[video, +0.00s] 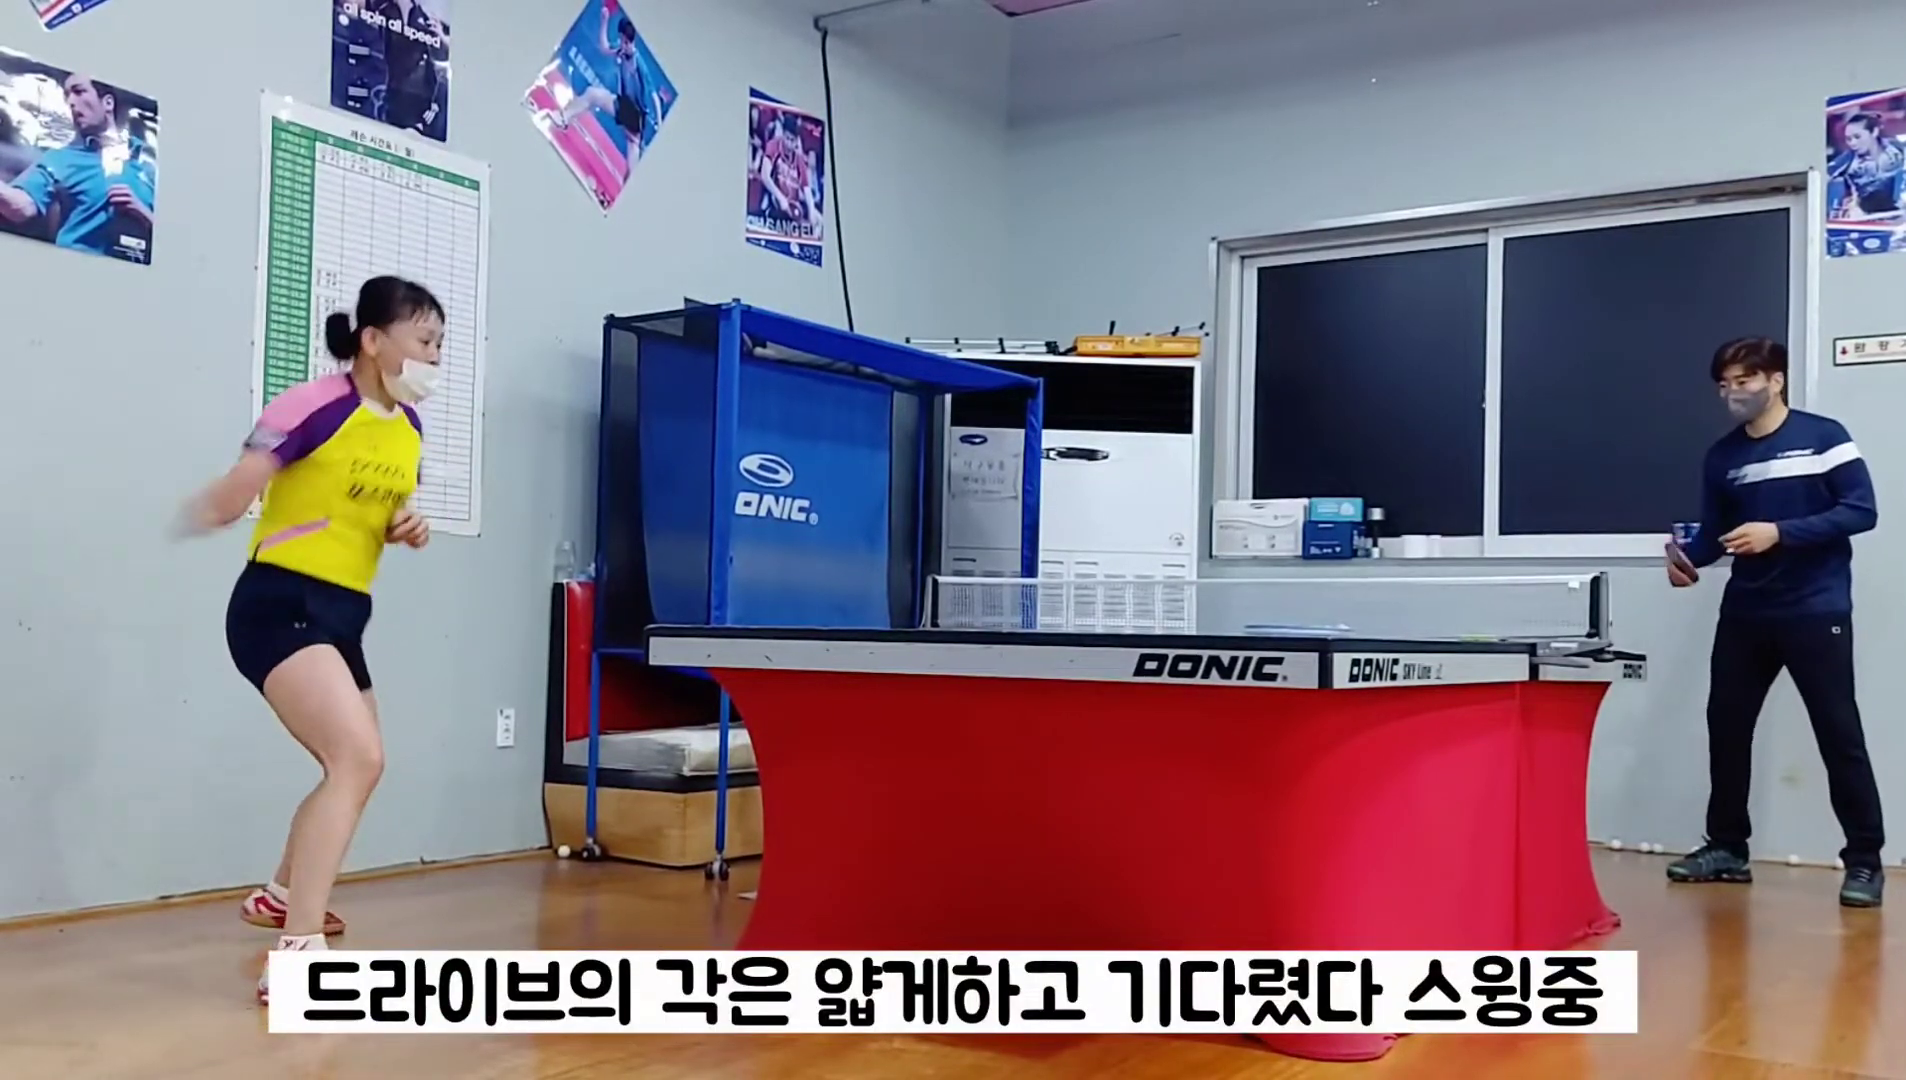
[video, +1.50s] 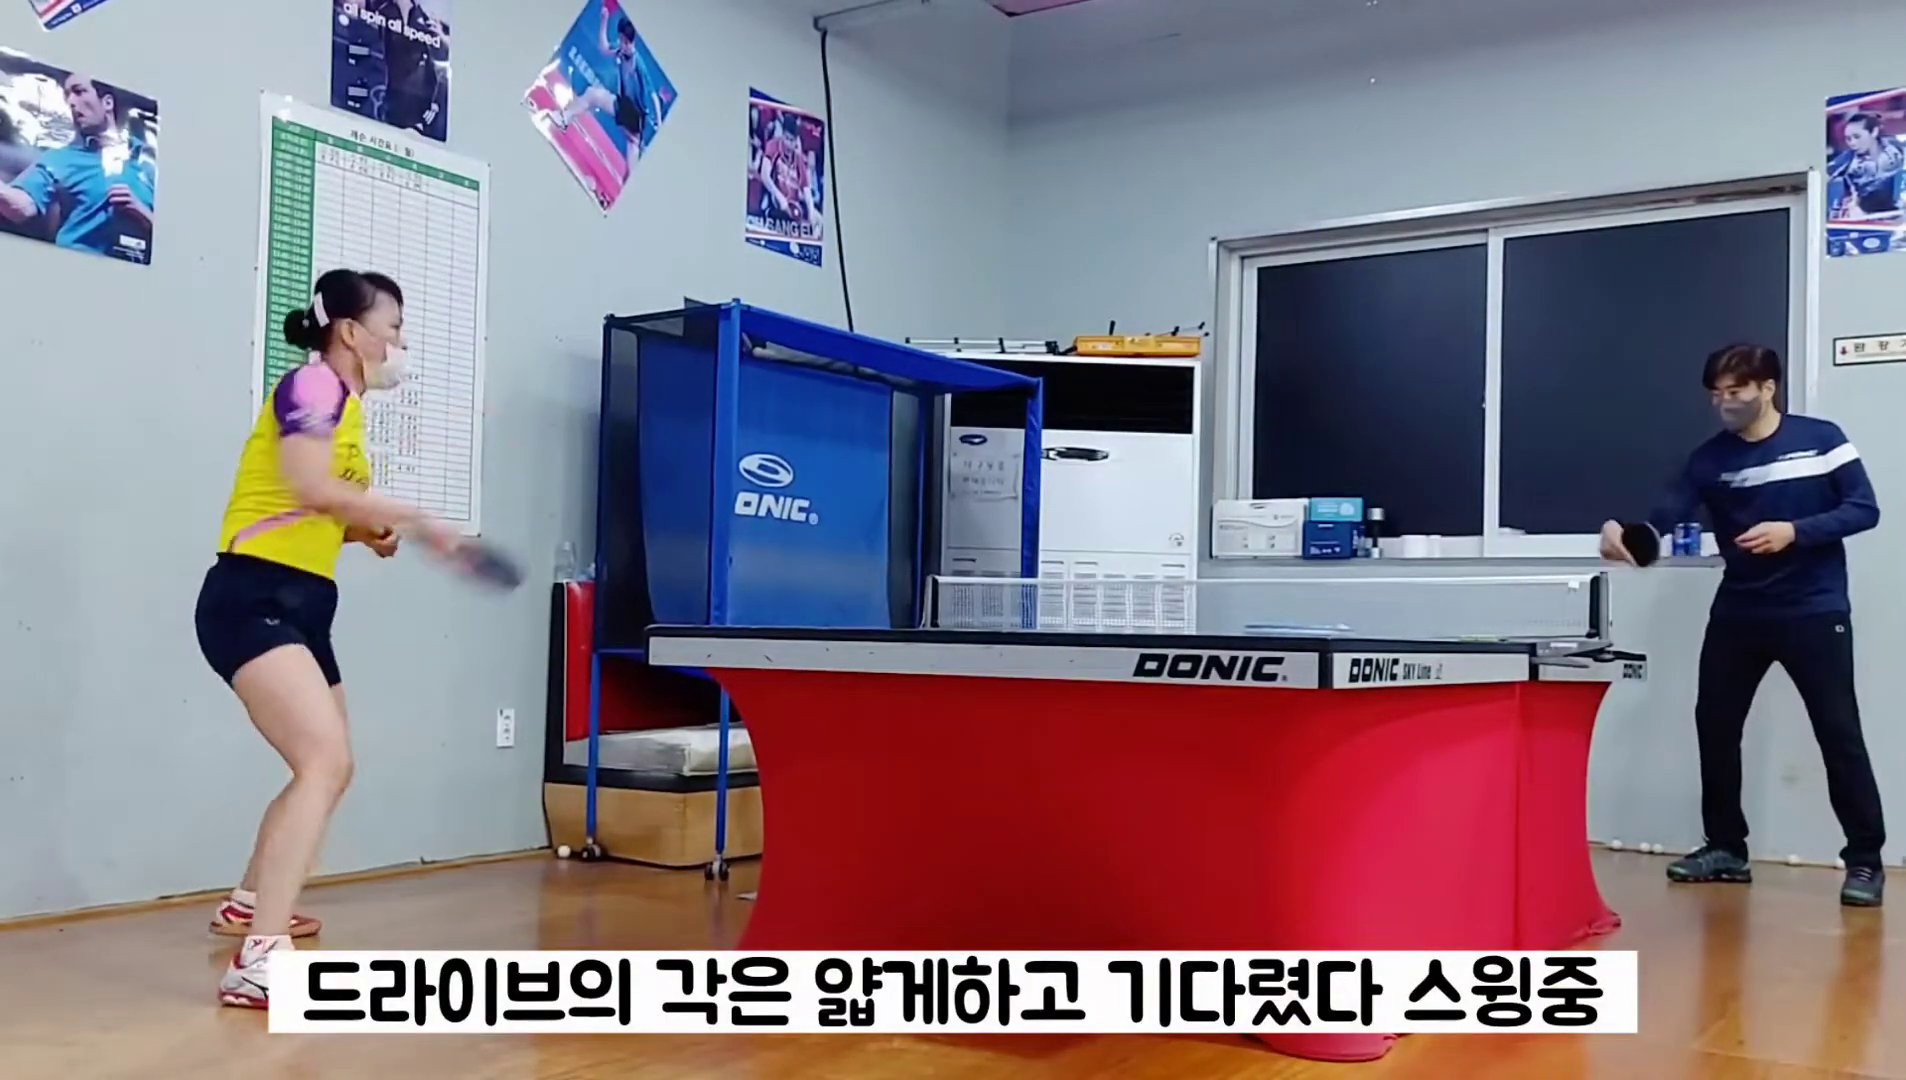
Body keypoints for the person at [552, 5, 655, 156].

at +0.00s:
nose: (622, 41)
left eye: (624, 39)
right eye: (621, 38)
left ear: (627, 39)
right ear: (621, 38)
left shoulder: (630, 55)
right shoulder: (621, 53)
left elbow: (631, 54)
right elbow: (604, 49)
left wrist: (628, 49)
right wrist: (604, 22)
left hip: (628, 107)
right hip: (637, 114)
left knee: (592, 94)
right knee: (633, 143)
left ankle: (563, 117)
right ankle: (630, 176)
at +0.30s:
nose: (622, 42)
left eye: (624, 39)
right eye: (621, 38)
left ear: (628, 40)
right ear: (621, 38)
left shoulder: (632, 56)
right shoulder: (621, 52)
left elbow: (631, 57)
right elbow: (604, 49)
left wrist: (628, 53)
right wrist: (604, 22)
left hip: (629, 109)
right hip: (636, 116)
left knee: (592, 94)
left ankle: (563, 118)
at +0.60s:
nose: (621, 43)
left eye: (623, 40)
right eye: (621, 39)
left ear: (628, 41)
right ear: (622, 39)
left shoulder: (632, 56)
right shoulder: (622, 53)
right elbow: (604, 50)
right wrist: (604, 23)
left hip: (628, 108)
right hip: (637, 115)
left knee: (593, 94)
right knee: (632, 160)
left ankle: (563, 118)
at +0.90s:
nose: (621, 42)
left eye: (624, 40)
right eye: (621, 38)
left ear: (628, 41)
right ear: (620, 38)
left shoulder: (632, 56)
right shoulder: (622, 53)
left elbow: (631, 56)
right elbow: (604, 50)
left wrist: (628, 51)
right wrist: (604, 22)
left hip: (628, 109)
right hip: (638, 116)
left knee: (593, 94)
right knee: (633, 145)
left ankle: (563, 117)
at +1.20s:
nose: (622, 43)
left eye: (624, 40)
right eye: (622, 40)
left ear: (628, 41)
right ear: (622, 39)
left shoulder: (631, 56)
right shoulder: (622, 54)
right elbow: (604, 50)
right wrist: (604, 22)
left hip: (627, 109)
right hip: (637, 116)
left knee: (593, 95)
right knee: (633, 162)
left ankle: (564, 118)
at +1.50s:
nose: (622, 43)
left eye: (624, 40)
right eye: (621, 39)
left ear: (628, 41)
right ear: (622, 39)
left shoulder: (631, 55)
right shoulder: (623, 52)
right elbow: (604, 50)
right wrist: (604, 22)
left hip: (628, 109)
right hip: (637, 115)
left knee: (593, 94)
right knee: (632, 163)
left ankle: (563, 118)